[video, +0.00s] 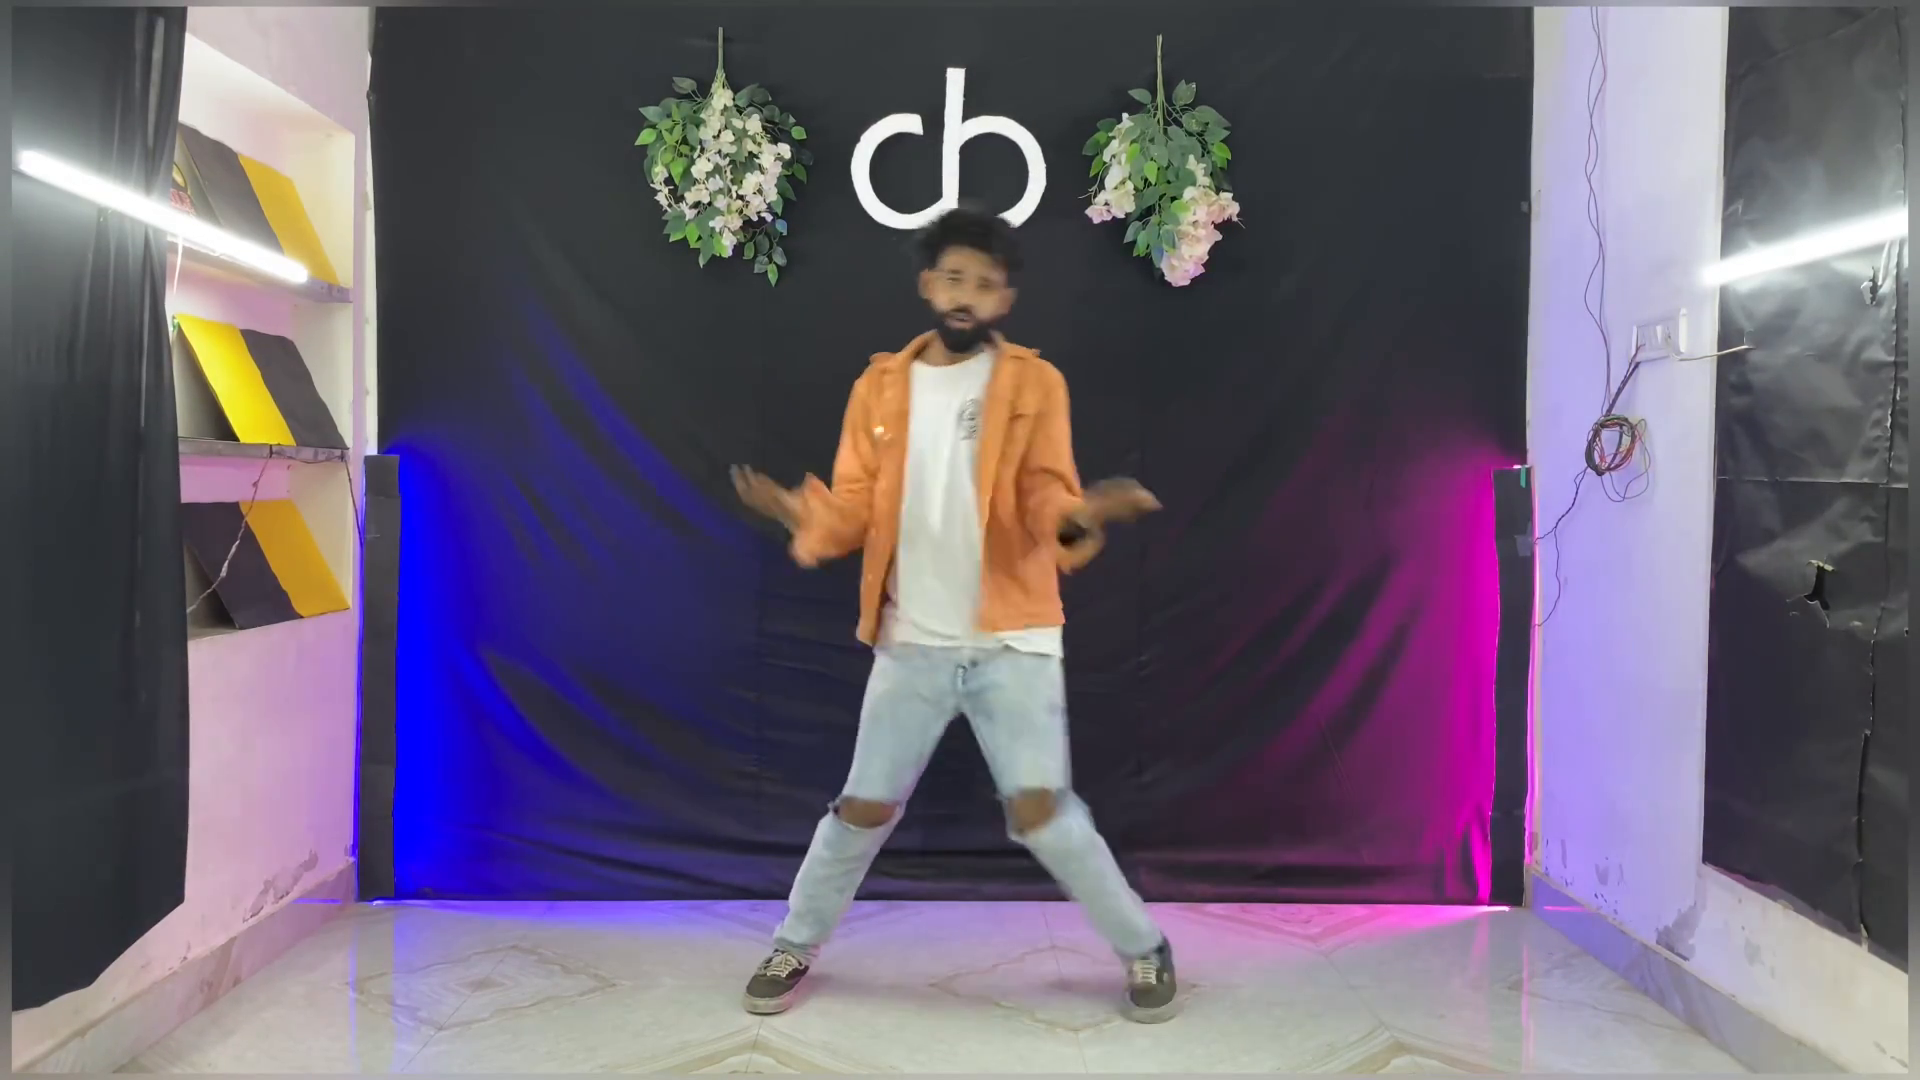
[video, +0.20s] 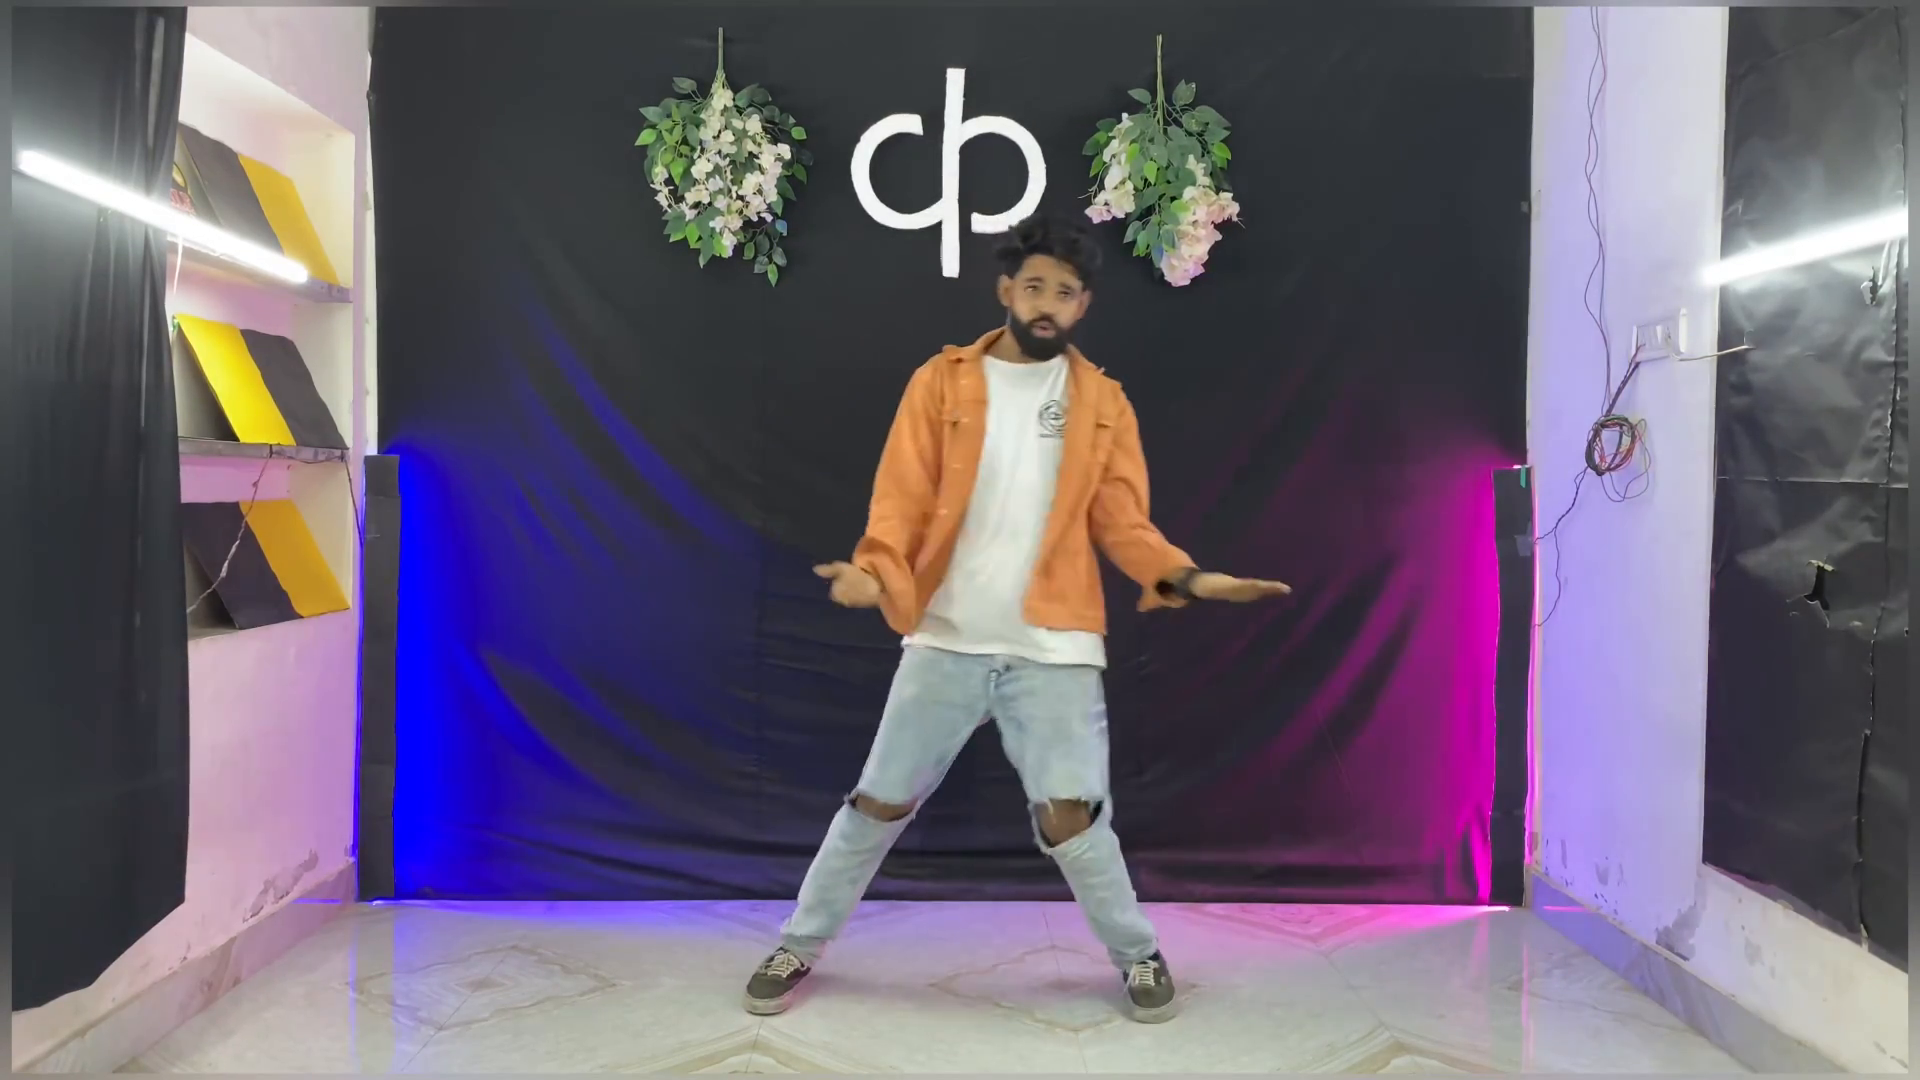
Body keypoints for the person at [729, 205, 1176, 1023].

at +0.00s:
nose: (964, 295)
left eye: (983, 283)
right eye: (951, 278)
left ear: (1009, 297)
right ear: (925, 283)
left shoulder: (1036, 384)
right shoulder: (881, 383)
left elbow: (1044, 501)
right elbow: (851, 501)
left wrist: (1083, 511)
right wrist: (800, 511)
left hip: (1014, 638)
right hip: (910, 638)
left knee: (1039, 810)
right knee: (863, 806)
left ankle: (1143, 949)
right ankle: (792, 945)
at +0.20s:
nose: (1048, 304)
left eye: (1066, 292)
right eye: (1035, 285)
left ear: (1085, 305)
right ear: (1004, 287)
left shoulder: (1102, 402)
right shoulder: (943, 381)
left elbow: (1122, 519)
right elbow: (903, 492)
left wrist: (1185, 577)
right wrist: (876, 568)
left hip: (1054, 646)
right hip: (944, 640)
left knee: (1071, 817)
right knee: (878, 802)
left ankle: (1138, 955)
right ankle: (799, 943)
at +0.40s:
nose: (1067, 269)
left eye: (1084, 256)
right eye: (1051, 252)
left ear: (1105, 270)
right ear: (1021, 259)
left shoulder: (1126, 369)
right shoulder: (967, 356)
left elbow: (1162, 489)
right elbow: (942, 472)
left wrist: (1177, 600)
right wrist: (935, 578)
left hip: (1092, 621)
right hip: (984, 610)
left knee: (1106, 793)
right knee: (945, 784)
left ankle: (1144, 953)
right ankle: (882, 929)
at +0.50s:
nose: (1054, 268)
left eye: (1071, 253)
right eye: (1036, 253)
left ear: (1093, 267)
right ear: (1010, 263)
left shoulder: (1123, 366)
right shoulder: (965, 358)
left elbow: (1128, 492)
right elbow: (964, 476)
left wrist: (1076, 576)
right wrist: (1040, 536)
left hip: (1083, 602)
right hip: (981, 600)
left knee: (1100, 783)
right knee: (978, 767)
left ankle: (1142, 951)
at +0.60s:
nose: (1024, 279)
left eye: (1039, 264)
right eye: (1005, 267)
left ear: (1066, 277)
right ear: (982, 285)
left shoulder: (1102, 377)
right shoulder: (957, 365)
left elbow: (1088, 502)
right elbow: (977, 472)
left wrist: (974, 522)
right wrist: (1096, 447)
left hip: (1066, 607)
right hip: (968, 599)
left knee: (1099, 785)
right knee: (947, 752)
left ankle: (1143, 953)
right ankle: (1009, 895)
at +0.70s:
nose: (981, 281)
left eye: (1000, 266)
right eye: (966, 266)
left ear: (1033, 280)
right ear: (949, 279)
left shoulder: (1078, 377)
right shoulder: (921, 374)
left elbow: (1104, 517)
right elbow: (894, 497)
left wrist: (1031, 495)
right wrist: (972, 481)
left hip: (1045, 620)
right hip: (942, 607)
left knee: (1067, 795)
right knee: (892, 756)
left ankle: (1136, 953)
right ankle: (848, 935)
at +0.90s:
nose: (920, 330)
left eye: (942, 320)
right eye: (912, 316)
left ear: (978, 340)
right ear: (897, 330)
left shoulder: (1021, 436)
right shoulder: (872, 442)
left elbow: (1093, 549)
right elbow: (822, 570)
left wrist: (1170, 644)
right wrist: (753, 663)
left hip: (963, 704)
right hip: (860, 684)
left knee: (960, 886)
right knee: (791, 836)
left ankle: (1107, 948)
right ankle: (682, 965)